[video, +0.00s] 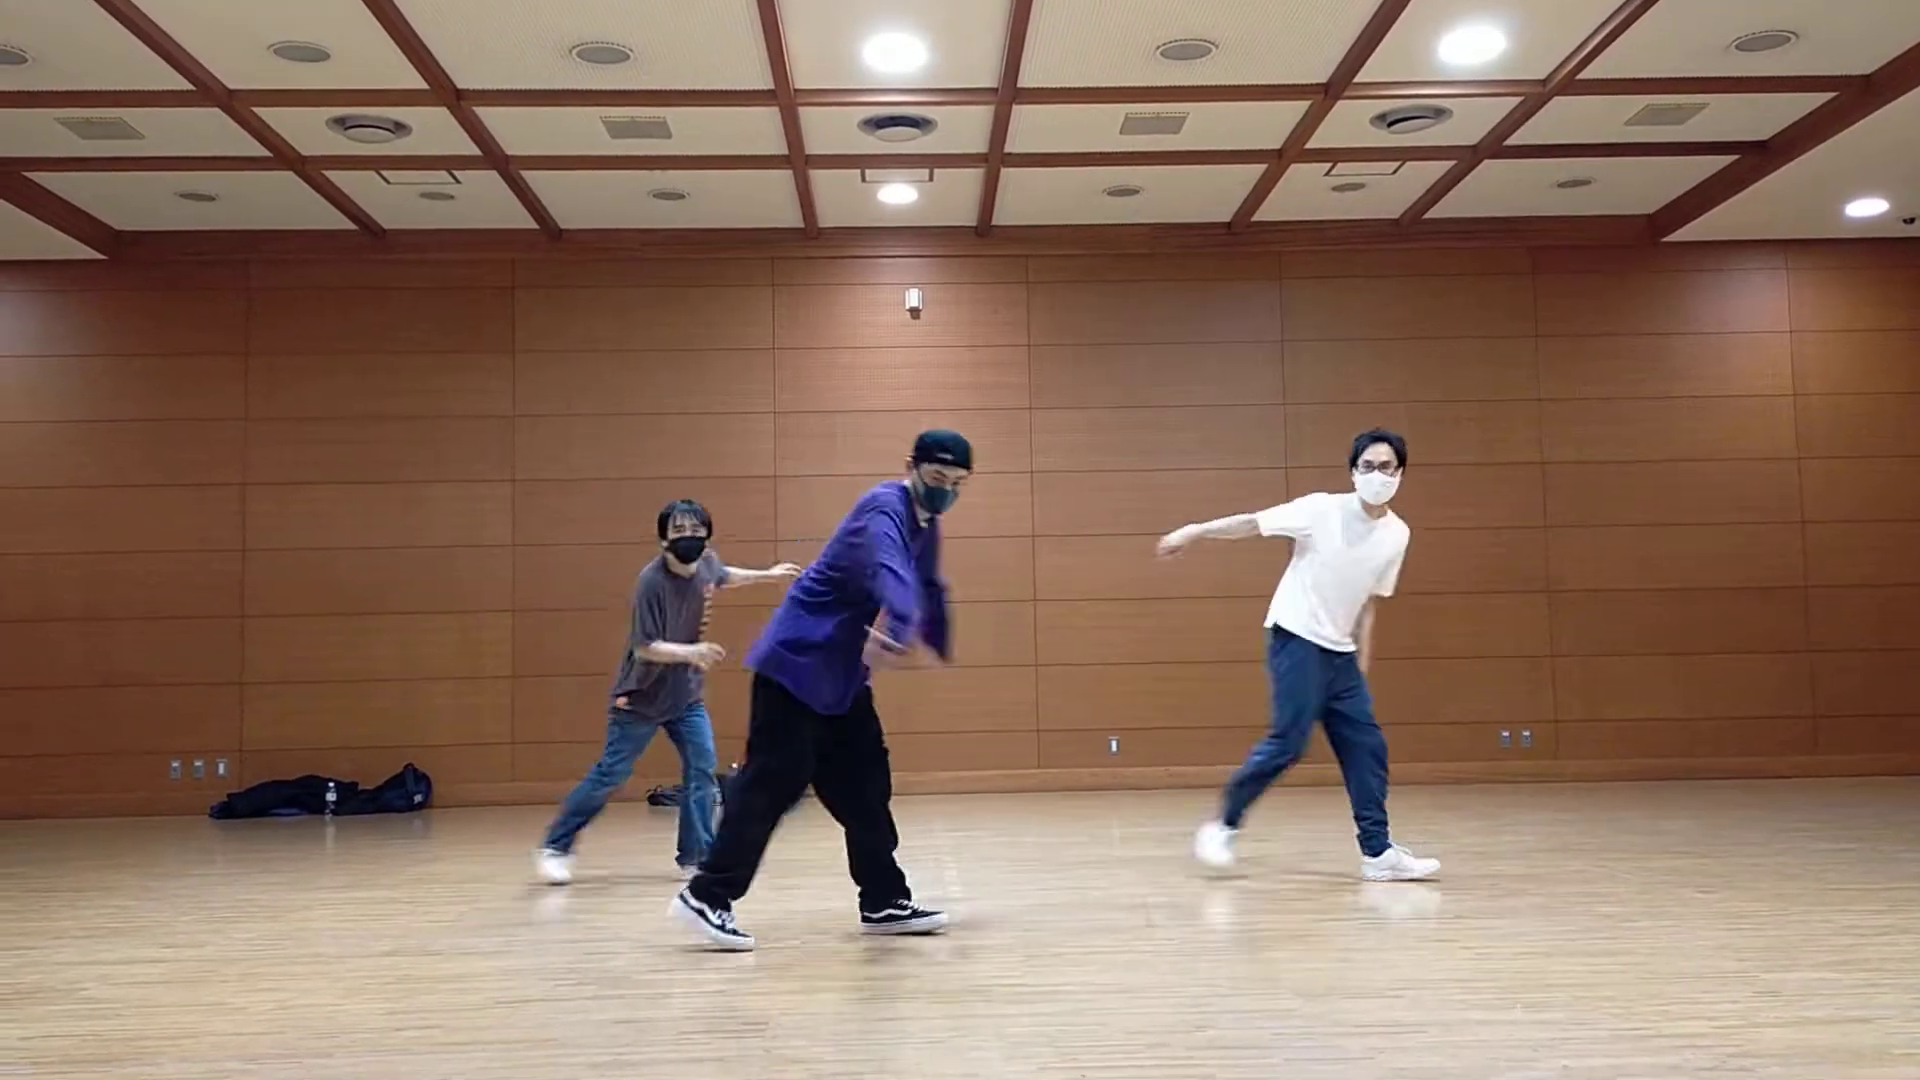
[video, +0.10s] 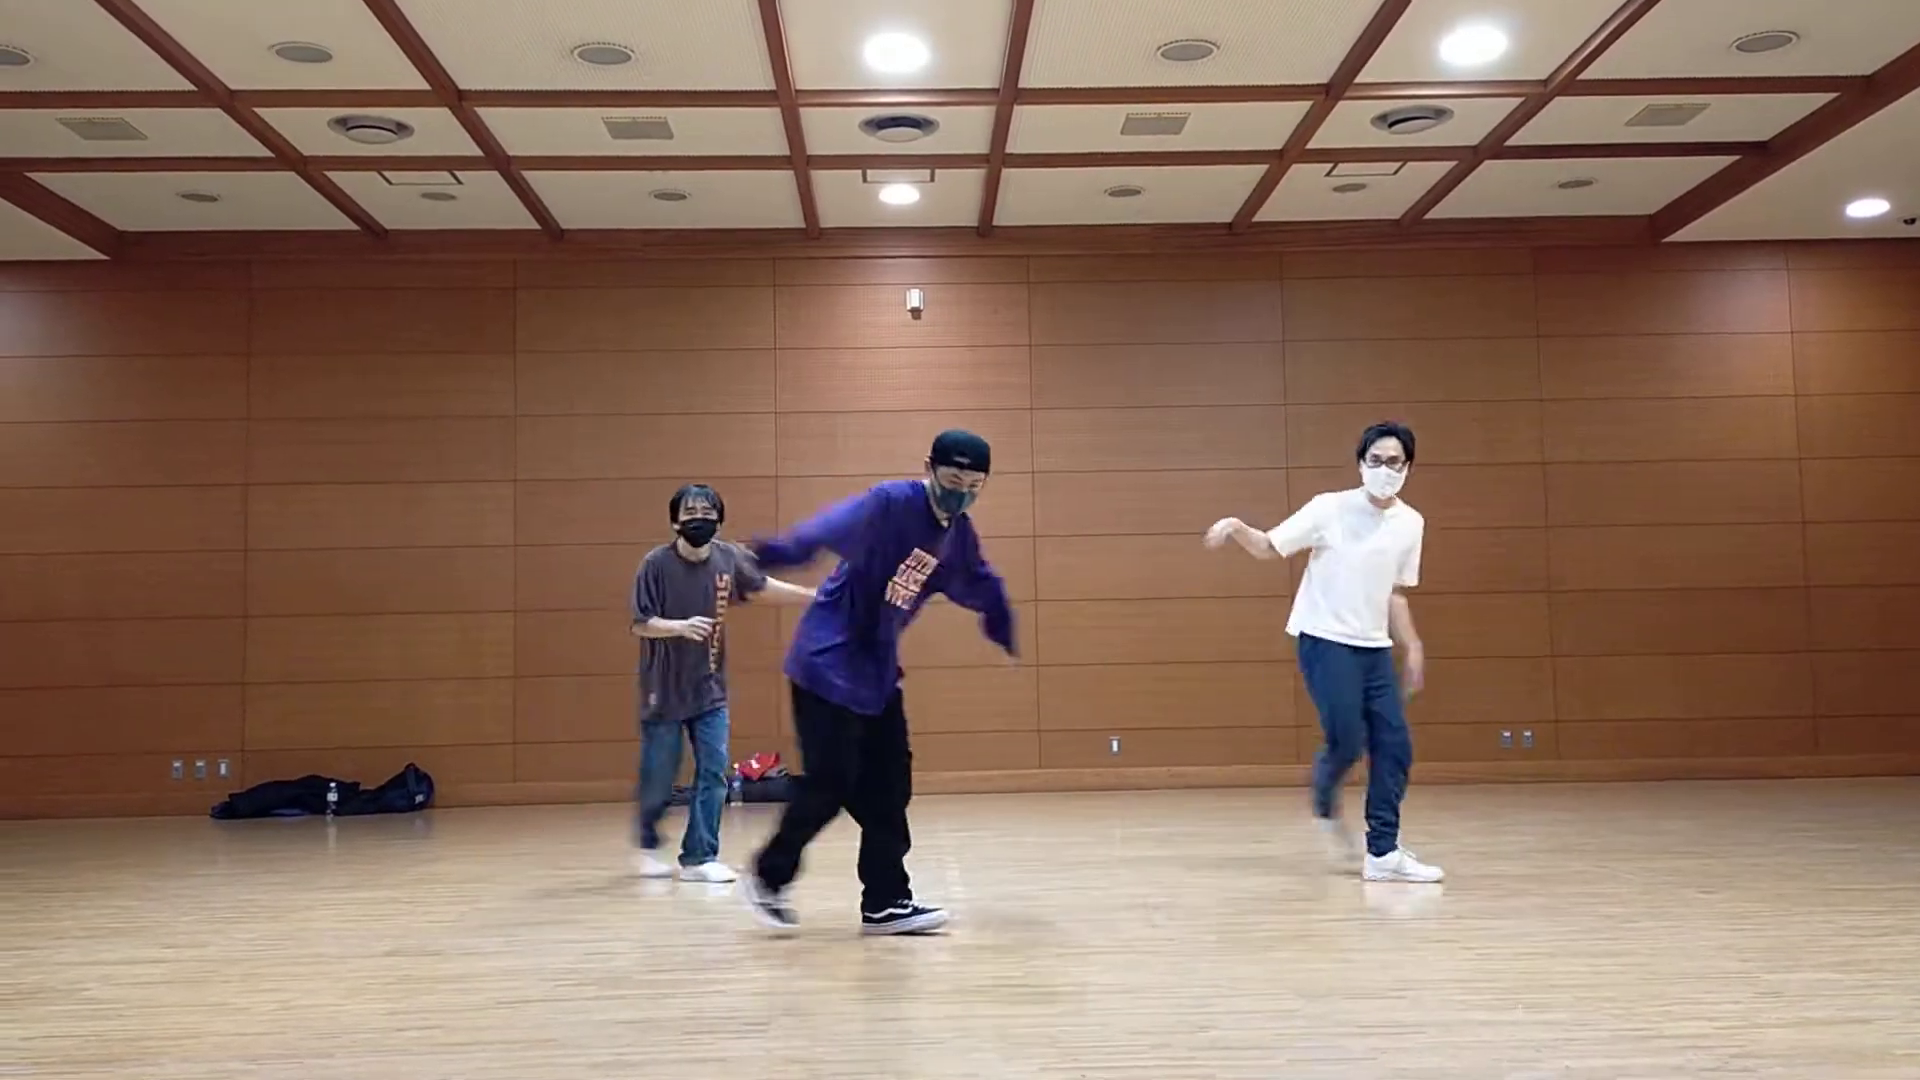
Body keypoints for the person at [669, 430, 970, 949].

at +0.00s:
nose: (946, 488)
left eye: (957, 481)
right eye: (938, 475)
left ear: (964, 484)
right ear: (914, 467)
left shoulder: (926, 523)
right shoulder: (883, 510)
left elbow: (931, 583)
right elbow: (888, 569)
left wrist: (938, 637)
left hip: (841, 672)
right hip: (794, 665)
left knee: (865, 787)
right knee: (773, 781)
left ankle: (883, 903)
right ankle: (705, 896)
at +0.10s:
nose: (964, 486)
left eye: (974, 479)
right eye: (955, 475)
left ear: (983, 482)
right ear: (932, 468)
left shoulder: (958, 532)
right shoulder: (892, 502)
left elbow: (972, 578)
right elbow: (827, 527)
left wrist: (996, 605)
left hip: (876, 664)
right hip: (827, 656)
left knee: (888, 785)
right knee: (831, 780)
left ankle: (885, 904)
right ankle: (767, 876)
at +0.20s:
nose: (969, 489)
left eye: (980, 480)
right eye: (960, 476)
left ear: (992, 476)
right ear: (940, 463)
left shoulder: (980, 532)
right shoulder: (891, 486)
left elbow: (1018, 578)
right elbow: (795, 481)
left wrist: (1056, 622)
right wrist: (721, 521)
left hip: (914, 669)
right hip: (856, 661)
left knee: (914, 783)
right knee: (877, 780)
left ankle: (886, 898)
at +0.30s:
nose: (970, 486)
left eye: (980, 477)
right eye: (960, 474)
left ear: (993, 476)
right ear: (942, 467)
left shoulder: (994, 536)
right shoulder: (895, 491)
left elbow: (1039, 592)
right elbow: (812, 491)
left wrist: (1095, 632)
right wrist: (764, 550)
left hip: (948, 672)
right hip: (880, 670)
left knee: (964, 778)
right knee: (911, 787)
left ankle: (918, 885)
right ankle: (954, 882)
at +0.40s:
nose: (965, 492)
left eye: (976, 483)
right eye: (955, 481)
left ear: (992, 485)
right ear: (941, 480)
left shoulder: (997, 552)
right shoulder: (905, 518)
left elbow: (1045, 623)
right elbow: (858, 561)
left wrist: (1090, 637)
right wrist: (851, 612)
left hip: (975, 681)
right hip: (910, 686)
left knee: (995, 770)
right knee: (942, 794)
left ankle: (991, 868)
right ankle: (982, 880)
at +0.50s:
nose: (967, 495)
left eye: (978, 485)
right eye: (957, 485)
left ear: (994, 485)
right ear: (942, 485)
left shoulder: (1009, 552)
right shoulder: (923, 529)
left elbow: (1019, 637)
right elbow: (916, 604)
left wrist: (1041, 596)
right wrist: (912, 669)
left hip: (983, 687)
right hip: (925, 688)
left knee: (1014, 773)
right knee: (946, 800)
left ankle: (1060, 873)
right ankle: (980, 881)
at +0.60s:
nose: (955, 472)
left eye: (965, 461)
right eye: (945, 464)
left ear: (987, 463)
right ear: (936, 470)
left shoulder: (1014, 525)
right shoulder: (942, 524)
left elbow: (986, 592)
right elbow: (944, 604)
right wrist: (935, 669)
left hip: (1002, 677)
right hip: (946, 677)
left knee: (1028, 788)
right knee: (945, 793)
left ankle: (1083, 886)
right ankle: (985, 873)